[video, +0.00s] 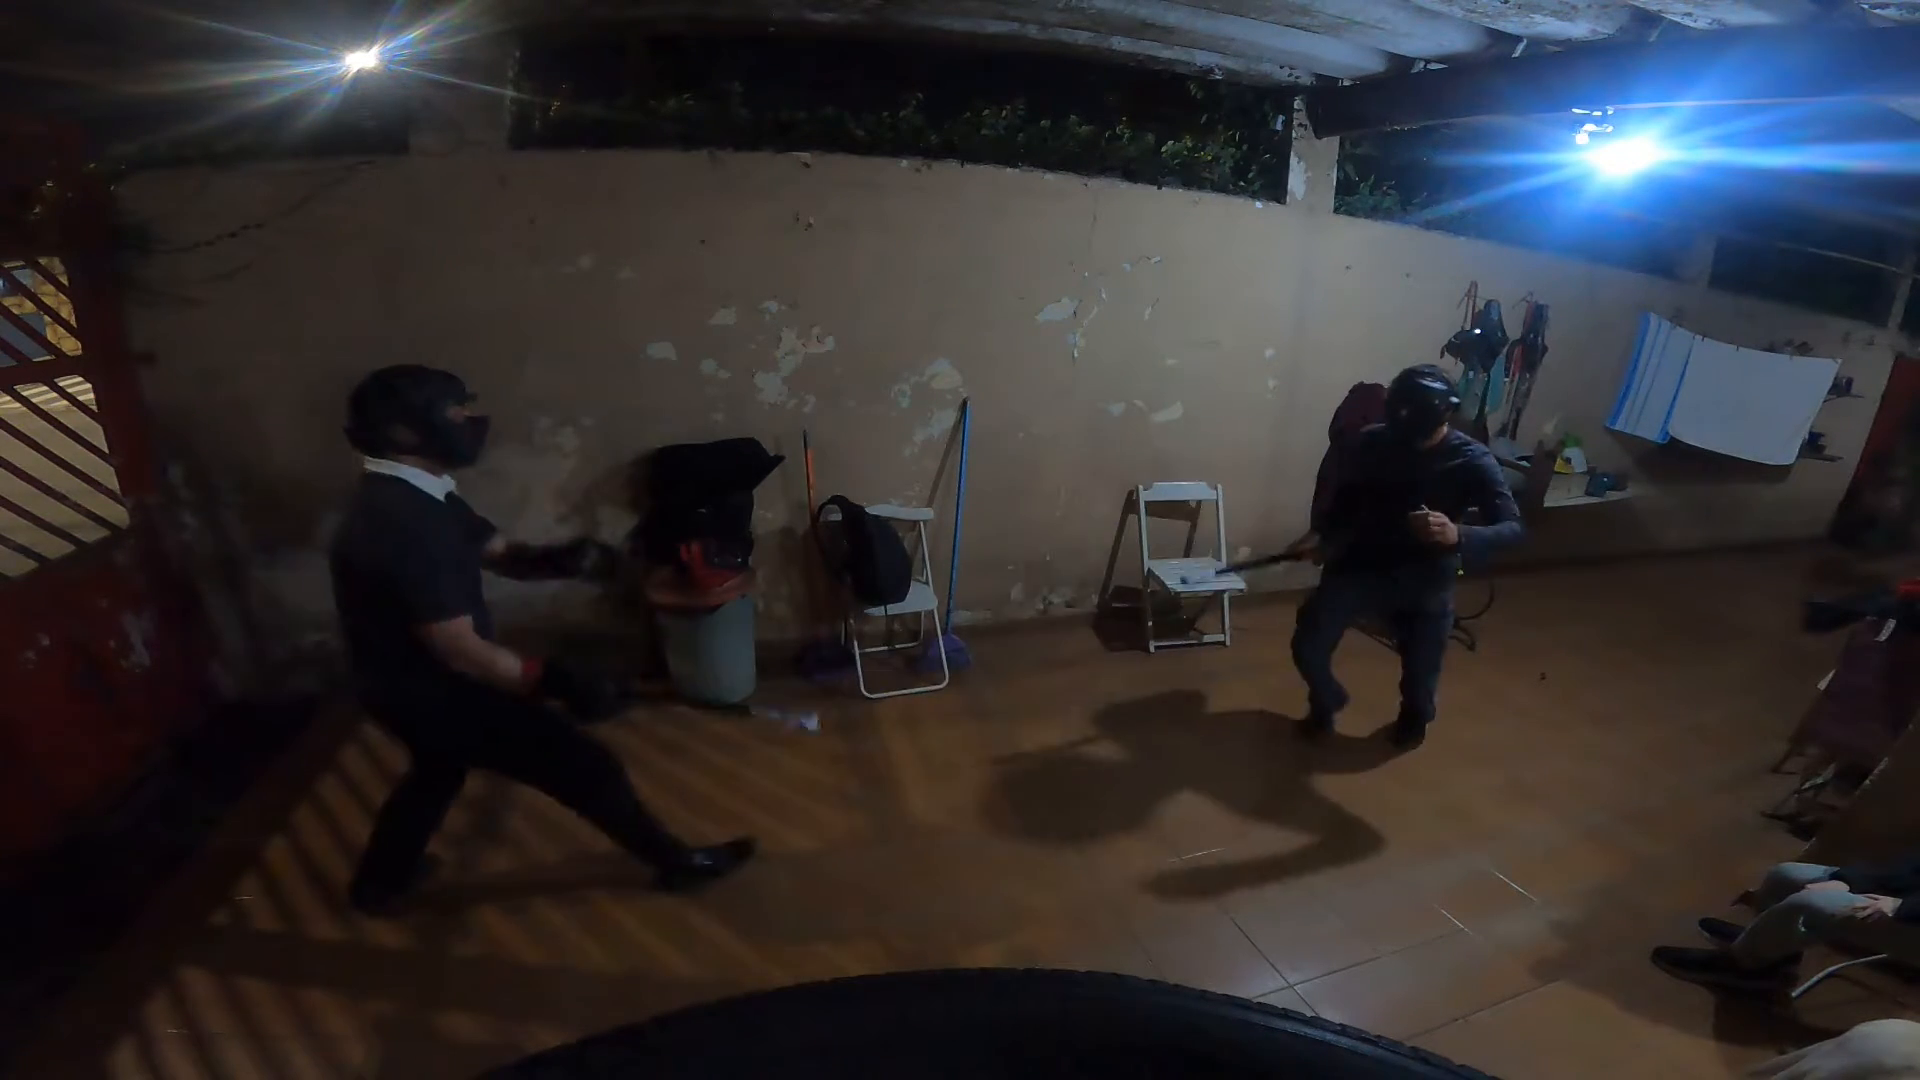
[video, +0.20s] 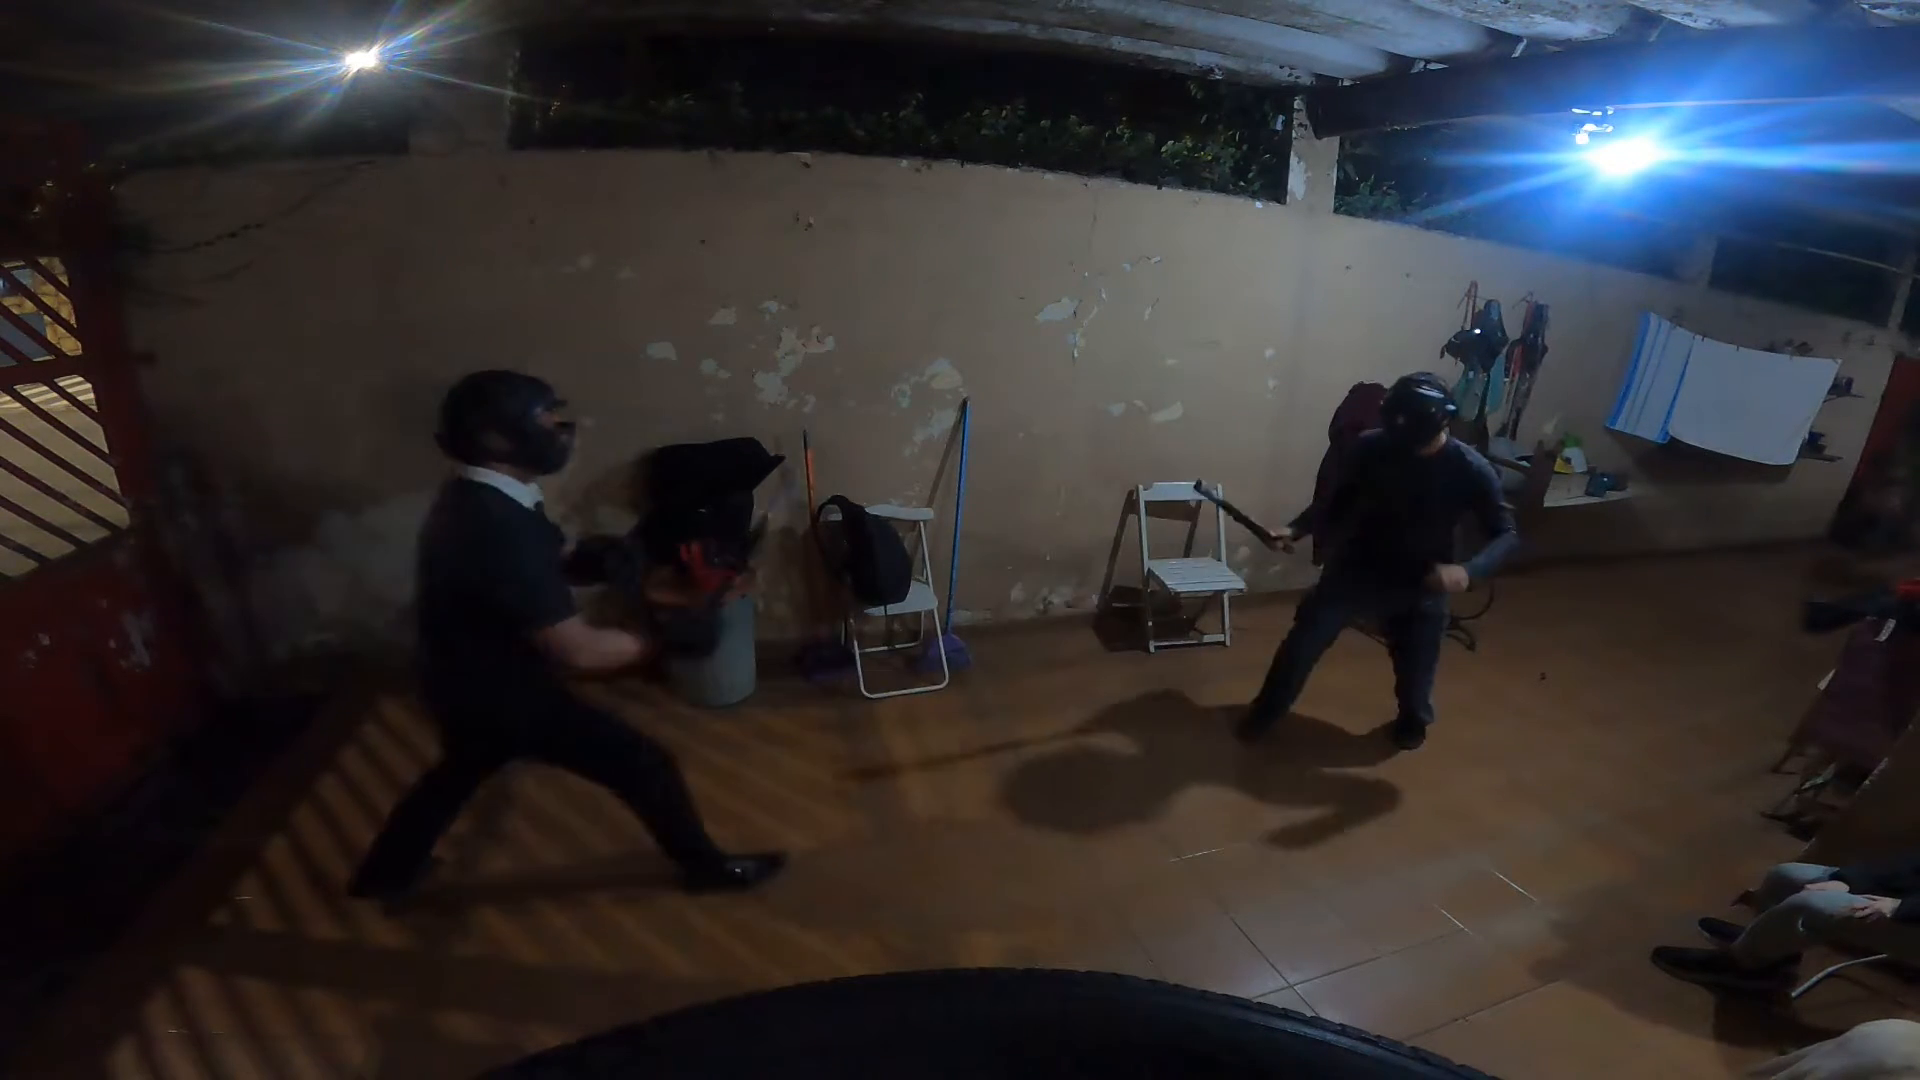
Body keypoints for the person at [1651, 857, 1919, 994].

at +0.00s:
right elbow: (1912, 870)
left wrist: (1903, 908)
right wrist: (1846, 880)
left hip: (1911, 925)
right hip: (1901, 892)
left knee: (1807, 905)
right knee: (1784, 877)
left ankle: (1739, 961)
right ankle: (1760, 945)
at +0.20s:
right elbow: (1912, 867)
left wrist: (1903, 908)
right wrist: (1848, 880)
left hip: (1911, 924)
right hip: (1901, 892)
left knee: (1807, 906)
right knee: (1785, 877)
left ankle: (1738, 961)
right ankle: (1759, 944)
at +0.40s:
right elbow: (1911, 868)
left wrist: (1900, 908)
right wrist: (1849, 881)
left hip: (1909, 925)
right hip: (1900, 894)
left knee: (1804, 907)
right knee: (1785, 877)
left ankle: (1739, 961)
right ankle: (1760, 945)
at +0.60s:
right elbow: (1910, 868)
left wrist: (1894, 908)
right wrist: (1850, 881)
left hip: (1910, 925)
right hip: (1899, 895)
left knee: (1801, 911)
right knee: (1783, 878)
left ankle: (1739, 962)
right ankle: (1761, 947)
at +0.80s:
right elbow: (1911, 869)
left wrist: (1878, 908)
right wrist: (1847, 881)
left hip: (1911, 924)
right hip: (1899, 893)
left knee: (1799, 912)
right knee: (1783, 878)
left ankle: (1737, 963)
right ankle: (1766, 954)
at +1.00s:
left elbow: (1915, 907)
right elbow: (1910, 868)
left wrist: (1864, 906)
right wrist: (1845, 881)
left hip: (1910, 924)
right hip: (1898, 891)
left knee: (1796, 914)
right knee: (1782, 879)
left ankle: (1738, 963)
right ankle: (1764, 952)